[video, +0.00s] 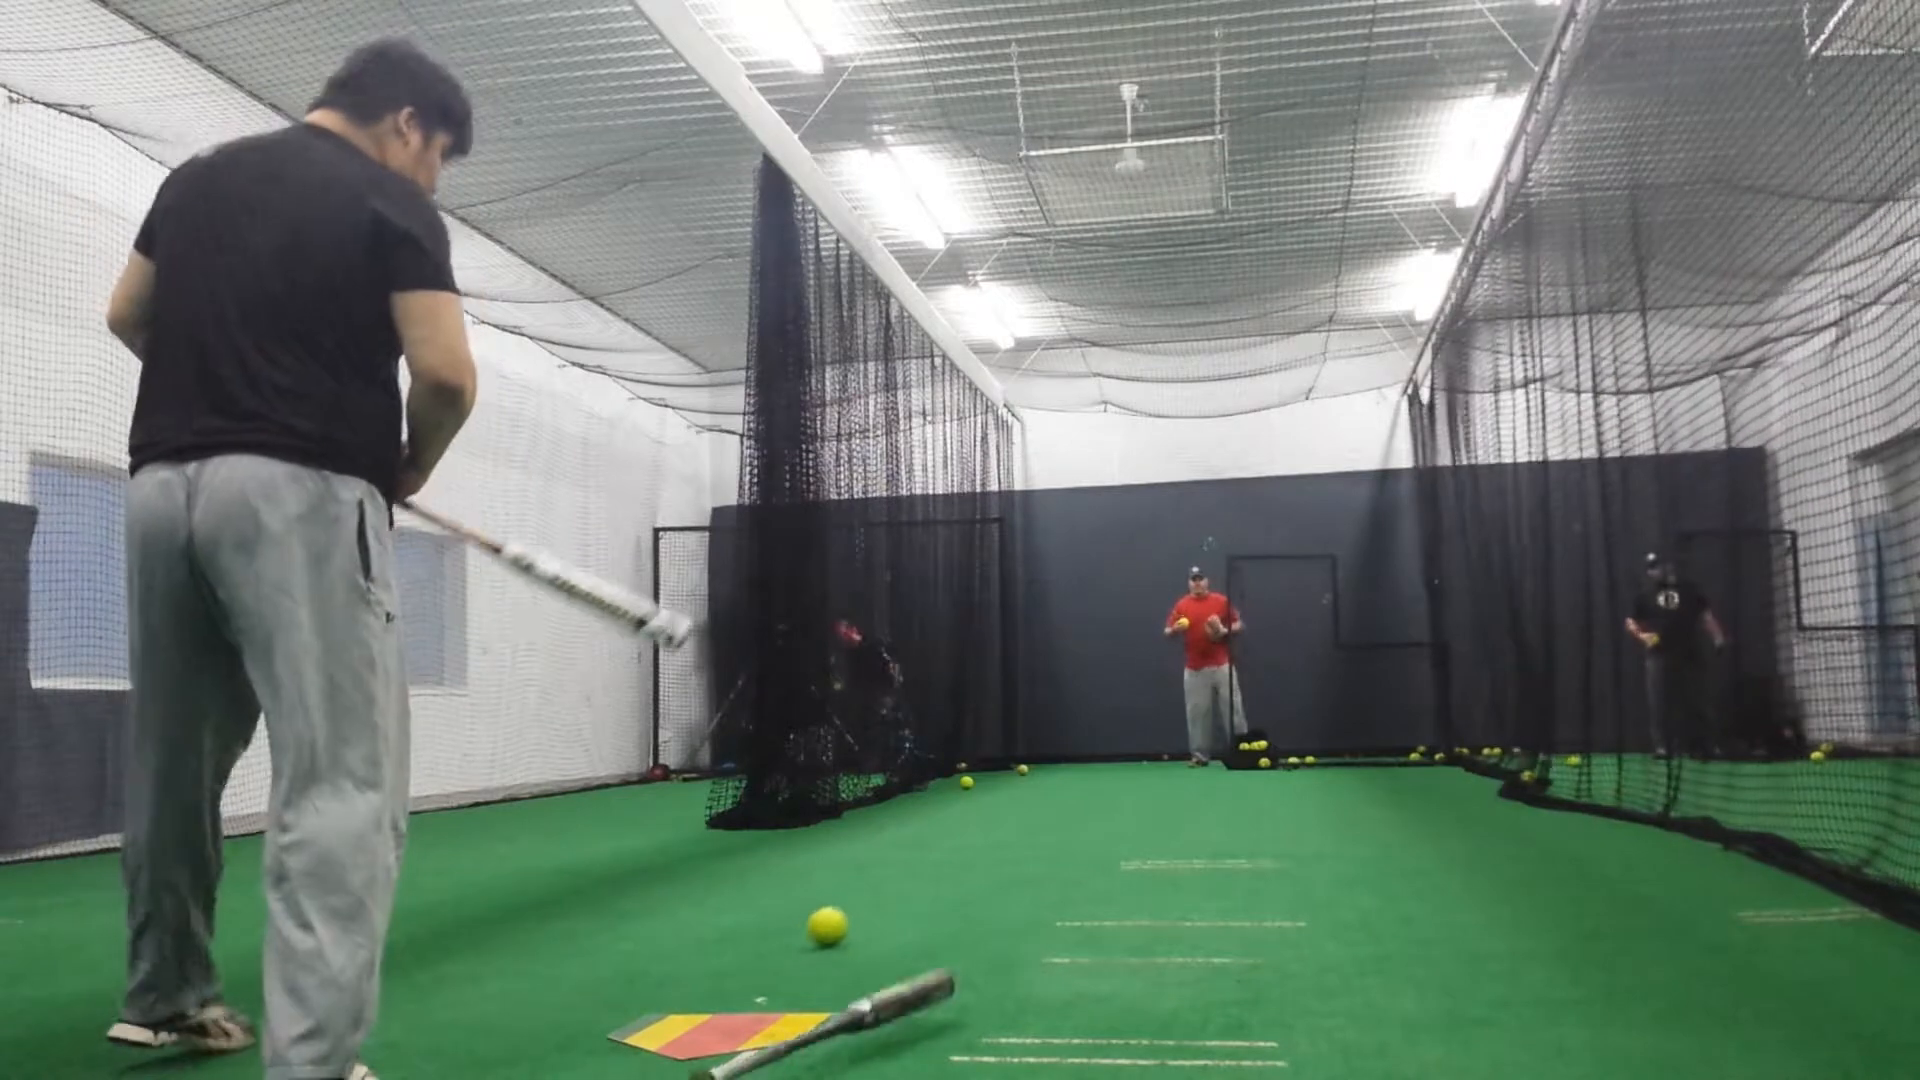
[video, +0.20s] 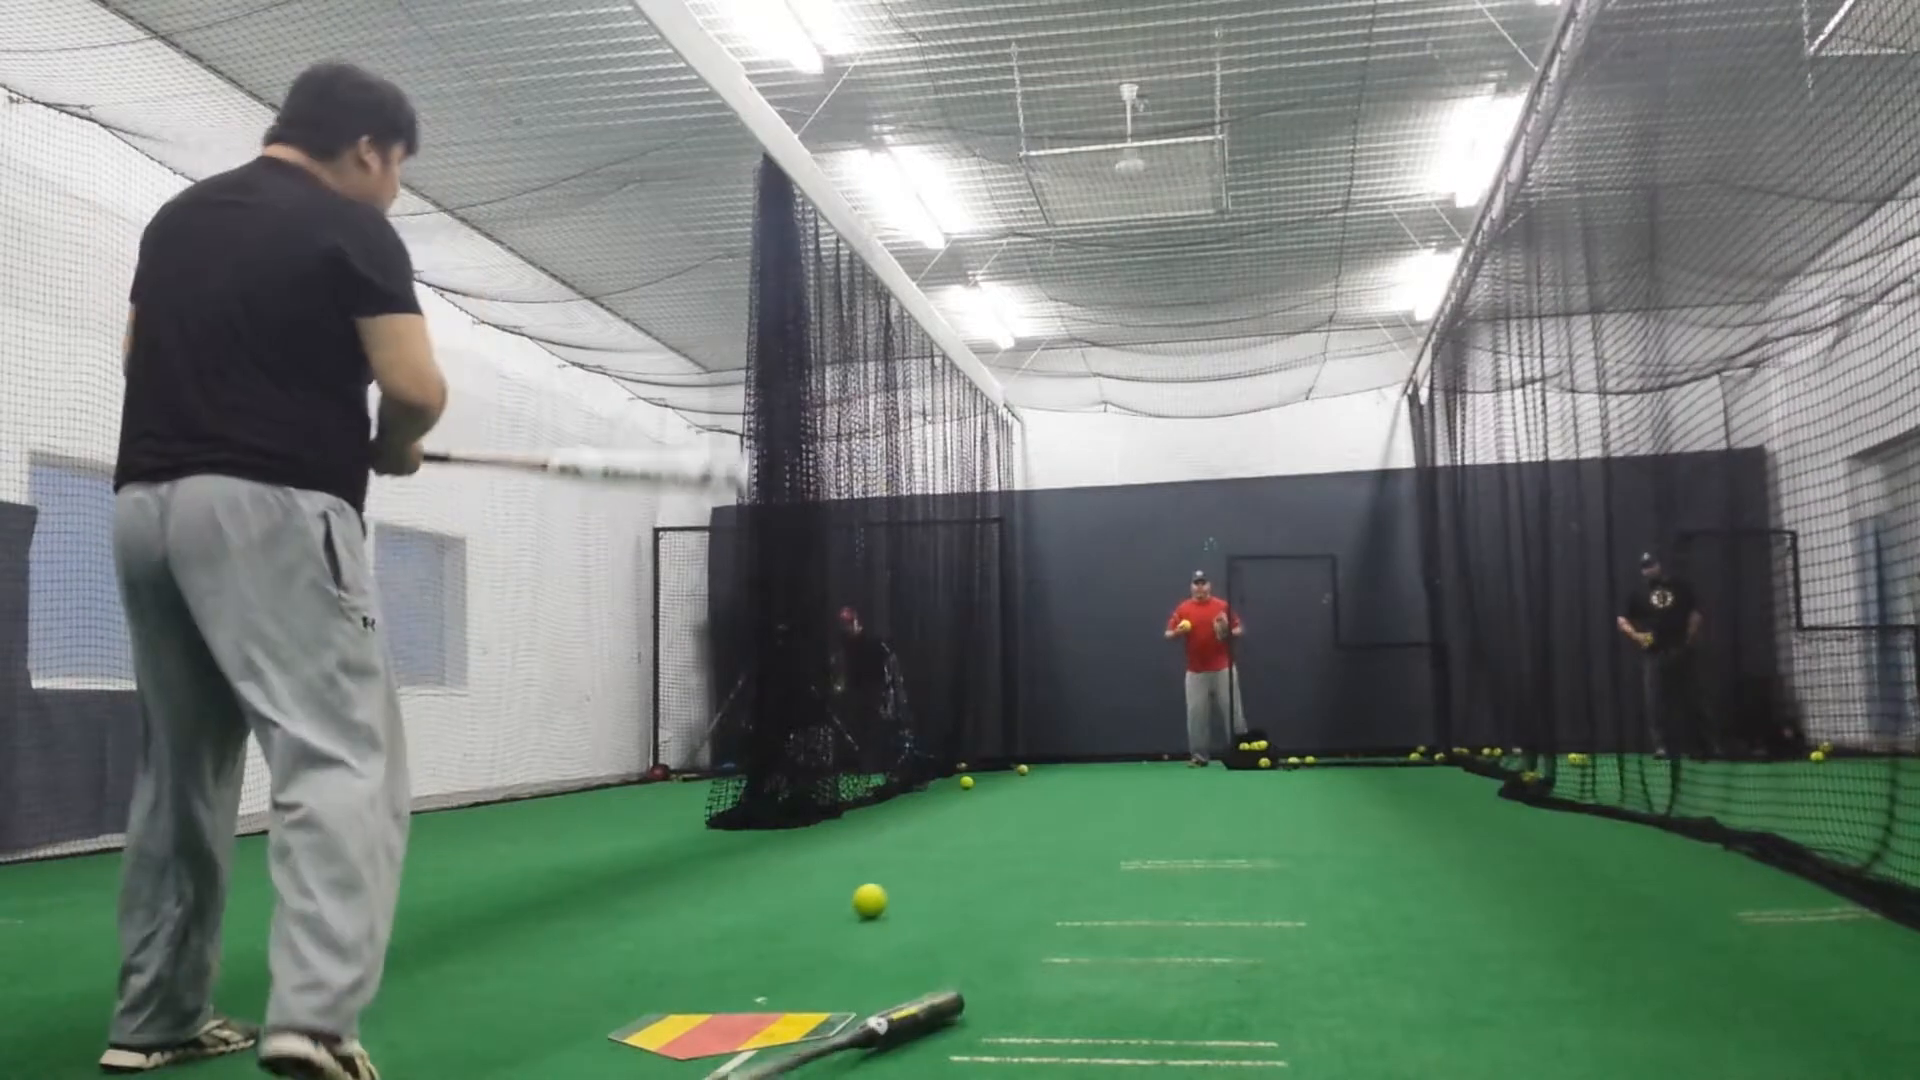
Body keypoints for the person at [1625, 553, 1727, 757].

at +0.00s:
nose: (1659, 573)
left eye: (1662, 567)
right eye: (1654, 569)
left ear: (1670, 568)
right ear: (1648, 573)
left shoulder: (1687, 590)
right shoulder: (1645, 596)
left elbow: (1706, 615)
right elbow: (1631, 622)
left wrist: (1717, 635)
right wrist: (1643, 636)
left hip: (1688, 650)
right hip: (1659, 654)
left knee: (1694, 697)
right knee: (1659, 700)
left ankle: (1700, 744)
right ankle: (1661, 744)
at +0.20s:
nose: (1647, 571)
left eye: (1651, 565)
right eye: (1644, 567)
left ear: (1661, 566)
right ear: (1641, 571)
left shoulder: (1679, 587)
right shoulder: (1638, 592)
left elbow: (1695, 613)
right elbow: (1622, 620)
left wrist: (1690, 637)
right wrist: (1638, 636)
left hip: (1680, 647)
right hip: (1654, 650)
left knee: (1686, 694)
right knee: (1655, 698)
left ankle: (1693, 743)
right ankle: (1660, 744)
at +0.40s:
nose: (1648, 570)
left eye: (1650, 565)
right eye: (1643, 566)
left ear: (1658, 565)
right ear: (1638, 570)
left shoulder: (1673, 587)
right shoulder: (1634, 592)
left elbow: (1690, 613)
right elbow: (1620, 621)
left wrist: (1680, 632)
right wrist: (1633, 637)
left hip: (1673, 645)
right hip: (1649, 647)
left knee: (1680, 693)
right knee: (1653, 697)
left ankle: (1686, 742)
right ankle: (1660, 744)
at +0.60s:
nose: (1645, 570)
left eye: (1648, 564)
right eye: (1641, 566)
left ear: (1655, 565)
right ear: (1635, 570)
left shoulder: (1671, 588)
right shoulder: (1631, 594)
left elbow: (1687, 615)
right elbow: (1618, 622)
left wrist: (1681, 640)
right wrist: (1628, 639)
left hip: (1672, 649)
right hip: (1647, 652)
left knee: (1680, 696)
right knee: (1654, 699)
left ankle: (1692, 744)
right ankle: (1659, 744)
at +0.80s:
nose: (1644, 571)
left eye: (1647, 565)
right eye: (1639, 566)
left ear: (1654, 565)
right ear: (1632, 570)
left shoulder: (1671, 588)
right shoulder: (1629, 594)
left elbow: (1687, 615)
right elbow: (1621, 623)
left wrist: (1688, 640)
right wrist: (1624, 643)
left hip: (1673, 649)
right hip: (1646, 652)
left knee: (1679, 696)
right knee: (1652, 699)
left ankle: (1690, 744)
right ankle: (1658, 745)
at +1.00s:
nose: (1640, 571)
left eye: (1644, 566)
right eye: (1636, 567)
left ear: (1652, 567)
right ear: (1631, 570)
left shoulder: (1669, 589)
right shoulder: (1631, 594)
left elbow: (1686, 616)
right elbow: (1626, 625)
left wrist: (1687, 643)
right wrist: (1623, 646)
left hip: (1670, 648)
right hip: (1646, 651)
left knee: (1672, 694)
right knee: (1648, 695)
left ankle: (1680, 743)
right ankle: (1657, 743)